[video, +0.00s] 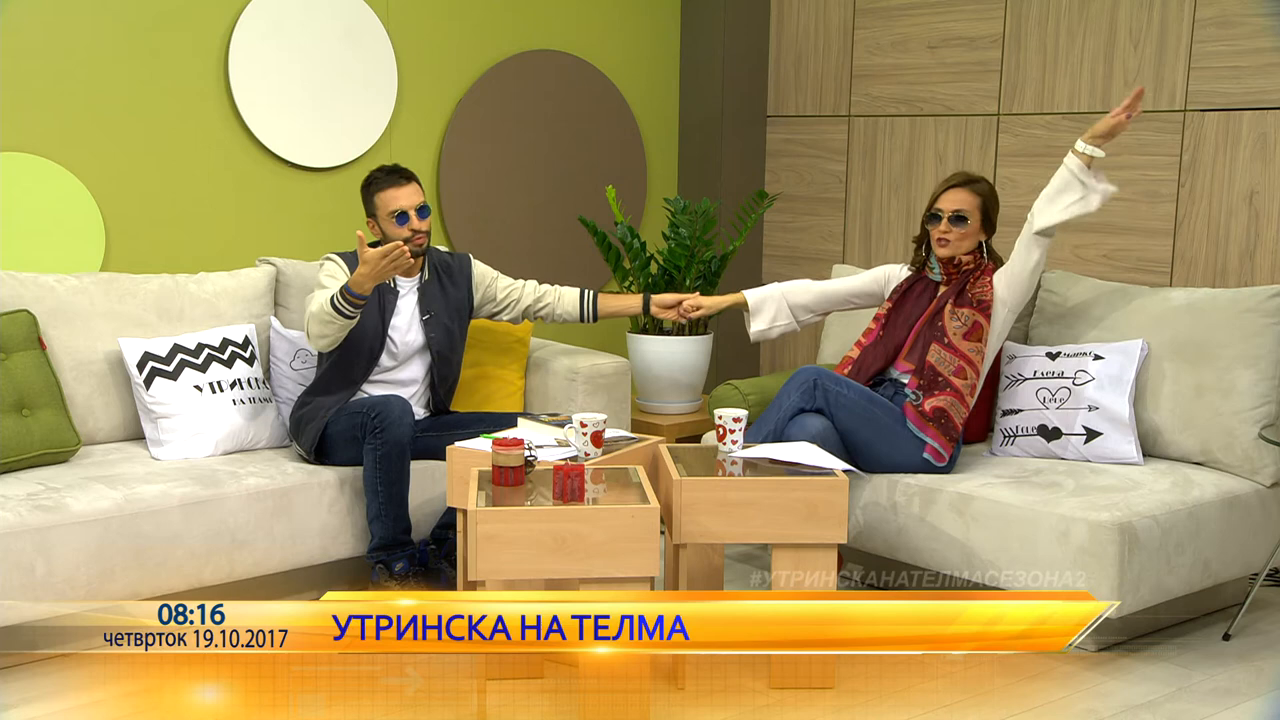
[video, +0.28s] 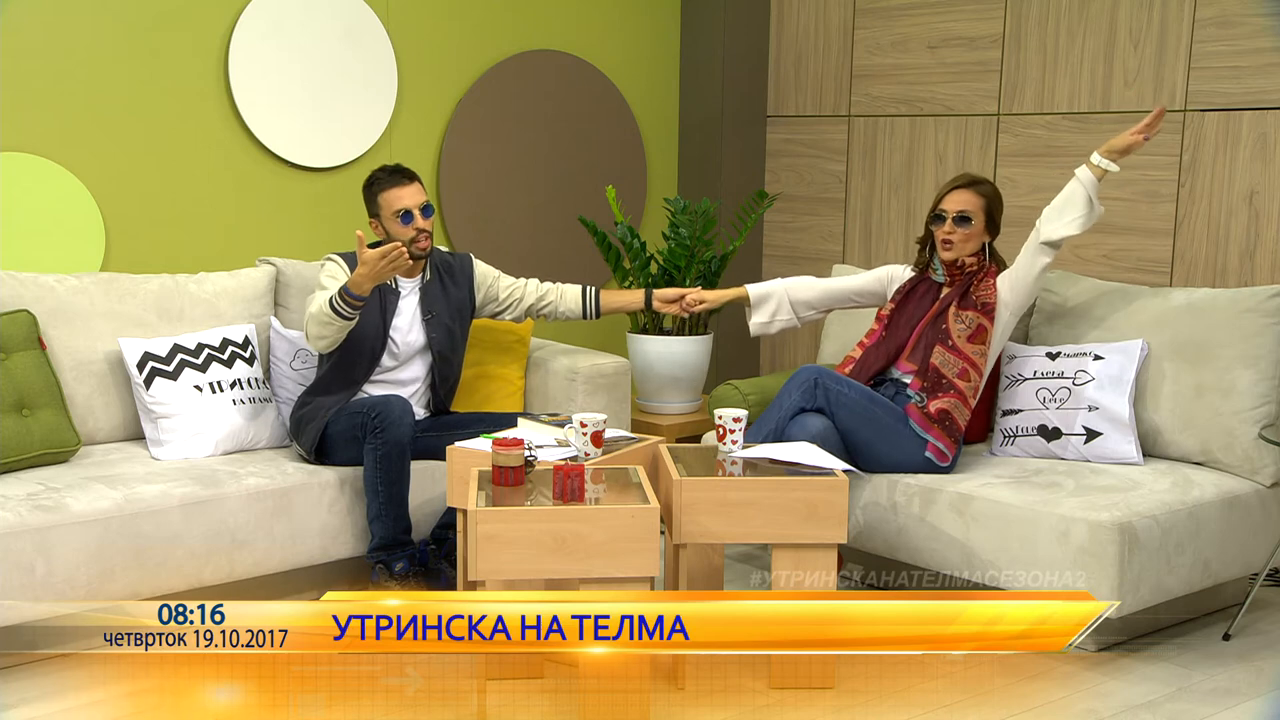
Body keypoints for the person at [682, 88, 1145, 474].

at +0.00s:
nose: (943, 229)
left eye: (959, 220)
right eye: (937, 218)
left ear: (985, 232)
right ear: (927, 225)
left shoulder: (999, 292)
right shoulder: (905, 279)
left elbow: (1039, 230)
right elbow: (819, 294)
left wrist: (1089, 146)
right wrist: (724, 301)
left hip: (924, 434)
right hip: (864, 414)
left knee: (812, 379)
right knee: (808, 433)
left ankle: (738, 463)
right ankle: (802, 570)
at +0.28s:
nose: (948, 230)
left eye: (964, 220)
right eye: (941, 219)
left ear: (990, 232)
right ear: (930, 227)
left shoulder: (1000, 295)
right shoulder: (907, 282)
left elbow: (1047, 239)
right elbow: (822, 289)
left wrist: (1102, 160)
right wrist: (726, 296)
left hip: (924, 434)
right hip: (867, 417)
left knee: (814, 379)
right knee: (806, 431)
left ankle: (732, 463)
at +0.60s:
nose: (947, 230)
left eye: (962, 221)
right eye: (941, 220)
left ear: (992, 233)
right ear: (931, 229)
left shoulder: (1002, 297)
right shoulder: (909, 284)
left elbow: (1049, 242)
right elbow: (822, 291)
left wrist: (1106, 164)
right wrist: (729, 298)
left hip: (924, 433)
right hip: (868, 417)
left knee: (815, 379)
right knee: (803, 435)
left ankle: (736, 460)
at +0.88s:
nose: (940, 228)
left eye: (954, 220)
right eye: (937, 220)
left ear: (988, 231)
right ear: (933, 228)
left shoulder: (1002, 297)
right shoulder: (909, 282)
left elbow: (1050, 245)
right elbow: (823, 289)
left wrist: (1108, 167)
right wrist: (730, 296)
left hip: (924, 434)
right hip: (868, 416)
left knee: (814, 378)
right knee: (805, 430)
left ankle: (732, 466)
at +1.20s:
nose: (943, 231)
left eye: (957, 222)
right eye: (940, 222)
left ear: (992, 233)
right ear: (934, 231)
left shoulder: (1006, 297)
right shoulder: (911, 283)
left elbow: (1056, 245)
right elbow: (824, 291)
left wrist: (1115, 168)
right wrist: (730, 298)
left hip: (926, 435)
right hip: (869, 416)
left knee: (815, 376)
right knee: (807, 427)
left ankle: (730, 456)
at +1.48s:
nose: (942, 234)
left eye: (956, 225)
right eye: (937, 225)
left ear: (989, 235)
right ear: (932, 233)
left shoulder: (1003, 297)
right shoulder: (907, 283)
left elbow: (1053, 244)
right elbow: (822, 294)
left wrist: (1108, 169)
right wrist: (731, 297)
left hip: (931, 442)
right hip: (869, 423)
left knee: (831, 364)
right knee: (792, 421)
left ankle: (703, 415)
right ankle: (809, 567)